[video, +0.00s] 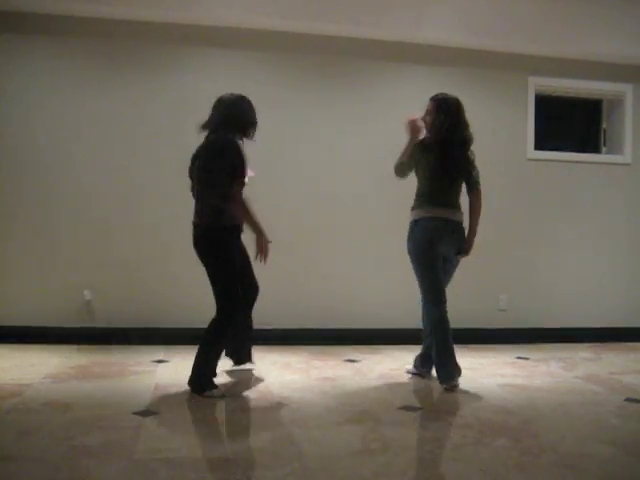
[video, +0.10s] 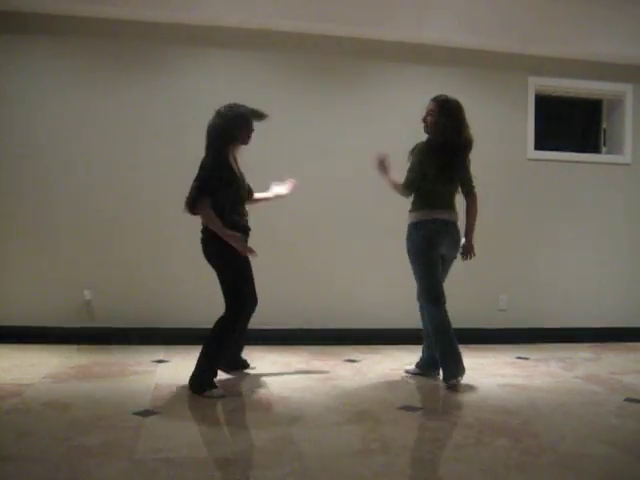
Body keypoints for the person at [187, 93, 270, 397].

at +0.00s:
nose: (252, 126)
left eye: (252, 120)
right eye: (250, 120)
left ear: (219, 116)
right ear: (240, 119)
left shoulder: (208, 146)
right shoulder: (229, 148)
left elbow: (200, 188)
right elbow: (233, 196)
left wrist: (236, 185)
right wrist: (259, 231)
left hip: (212, 232)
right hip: (218, 235)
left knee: (247, 289)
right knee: (229, 304)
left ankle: (239, 351)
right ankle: (201, 380)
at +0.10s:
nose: (251, 132)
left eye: (251, 126)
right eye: (247, 126)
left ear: (233, 130)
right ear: (233, 129)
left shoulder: (231, 160)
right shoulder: (215, 162)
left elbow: (242, 199)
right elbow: (201, 208)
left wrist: (273, 193)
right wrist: (230, 236)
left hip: (234, 241)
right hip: (219, 243)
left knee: (247, 301)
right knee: (238, 305)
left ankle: (229, 356)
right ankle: (201, 379)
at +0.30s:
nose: (243, 126)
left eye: (247, 121)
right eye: (237, 121)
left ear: (252, 125)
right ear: (225, 124)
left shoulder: (250, 153)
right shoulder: (216, 151)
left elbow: (252, 185)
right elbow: (196, 183)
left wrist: (260, 210)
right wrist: (223, 186)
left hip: (233, 233)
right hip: (216, 233)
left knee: (241, 295)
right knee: (236, 295)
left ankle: (227, 355)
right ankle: (215, 364)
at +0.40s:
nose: (246, 125)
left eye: (250, 120)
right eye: (241, 119)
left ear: (253, 125)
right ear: (229, 122)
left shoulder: (248, 150)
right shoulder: (219, 146)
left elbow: (250, 184)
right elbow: (203, 172)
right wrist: (233, 187)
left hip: (235, 231)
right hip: (216, 230)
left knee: (239, 293)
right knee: (233, 291)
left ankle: (229, 356)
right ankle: (217, 361)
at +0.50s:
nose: (244, 125)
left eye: (249, 120)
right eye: (239, 119)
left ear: (255, 125)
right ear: (229, 122)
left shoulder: (246, 155)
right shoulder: (222, 145)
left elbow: (246, 190)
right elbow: (208, 172)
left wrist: (247, 207)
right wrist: (235, 197)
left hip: (237, 231)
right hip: (218, 230)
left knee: (237, 294)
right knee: (233, 293)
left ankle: (229, 356)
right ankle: (220, 363)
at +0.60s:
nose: (244, 127)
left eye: (249, 122)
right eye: (238, 121)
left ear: (254, 128)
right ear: (228, 125)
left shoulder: (238, 156)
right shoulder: (223, 146)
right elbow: (210, 179)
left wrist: (243, 222)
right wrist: (229, 214)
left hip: (237, 233)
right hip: (224, 233)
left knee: (236, 297)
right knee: (234, 297)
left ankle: (228, 356)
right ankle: (221, 370)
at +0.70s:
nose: (247, 128)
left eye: (251, 123)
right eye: (242, 122)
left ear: (254, 128)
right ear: (230, 125)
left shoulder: (235, 155)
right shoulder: (224, 148)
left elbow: (234, 198)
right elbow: (211, 185)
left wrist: (247, 230)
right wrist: (213, 224)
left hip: (236, 232)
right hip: (228, 233)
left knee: (239, 296)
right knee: (237, 297)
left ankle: (227, 356)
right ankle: (221, 369)